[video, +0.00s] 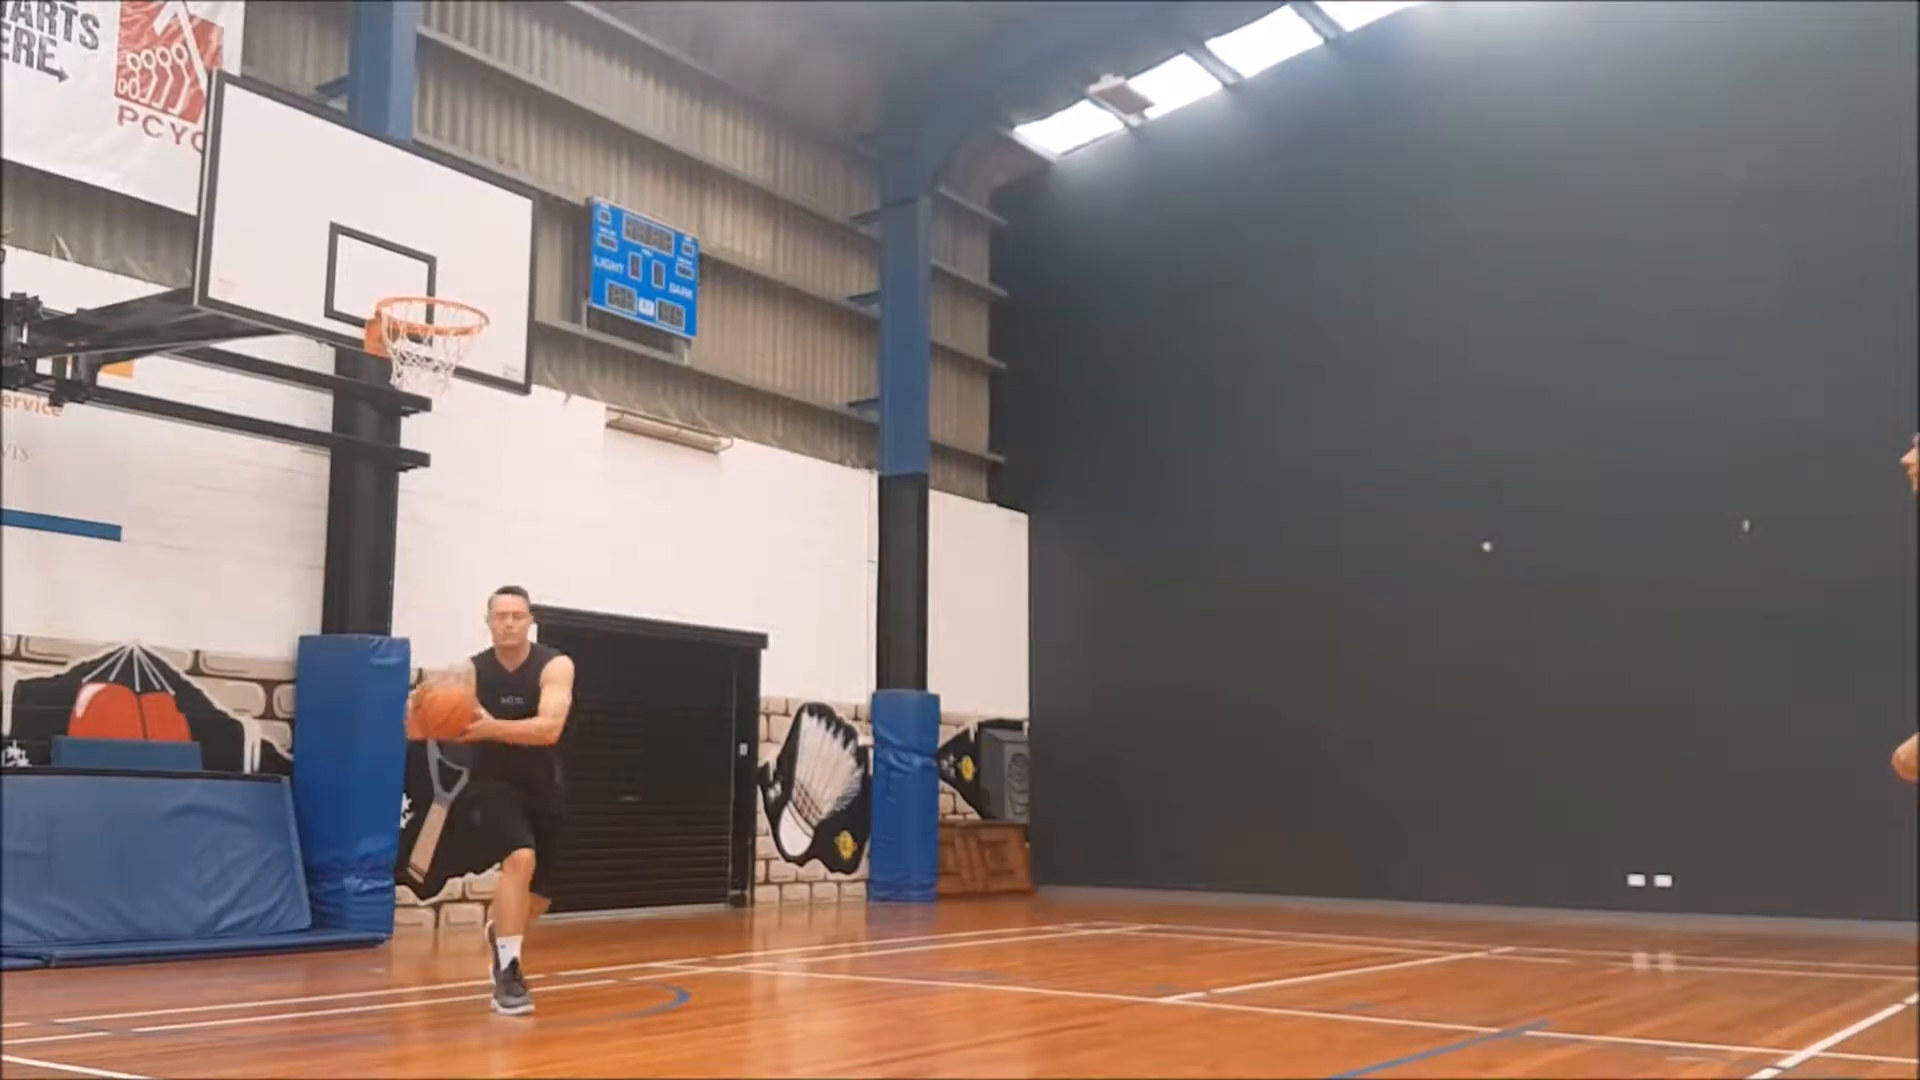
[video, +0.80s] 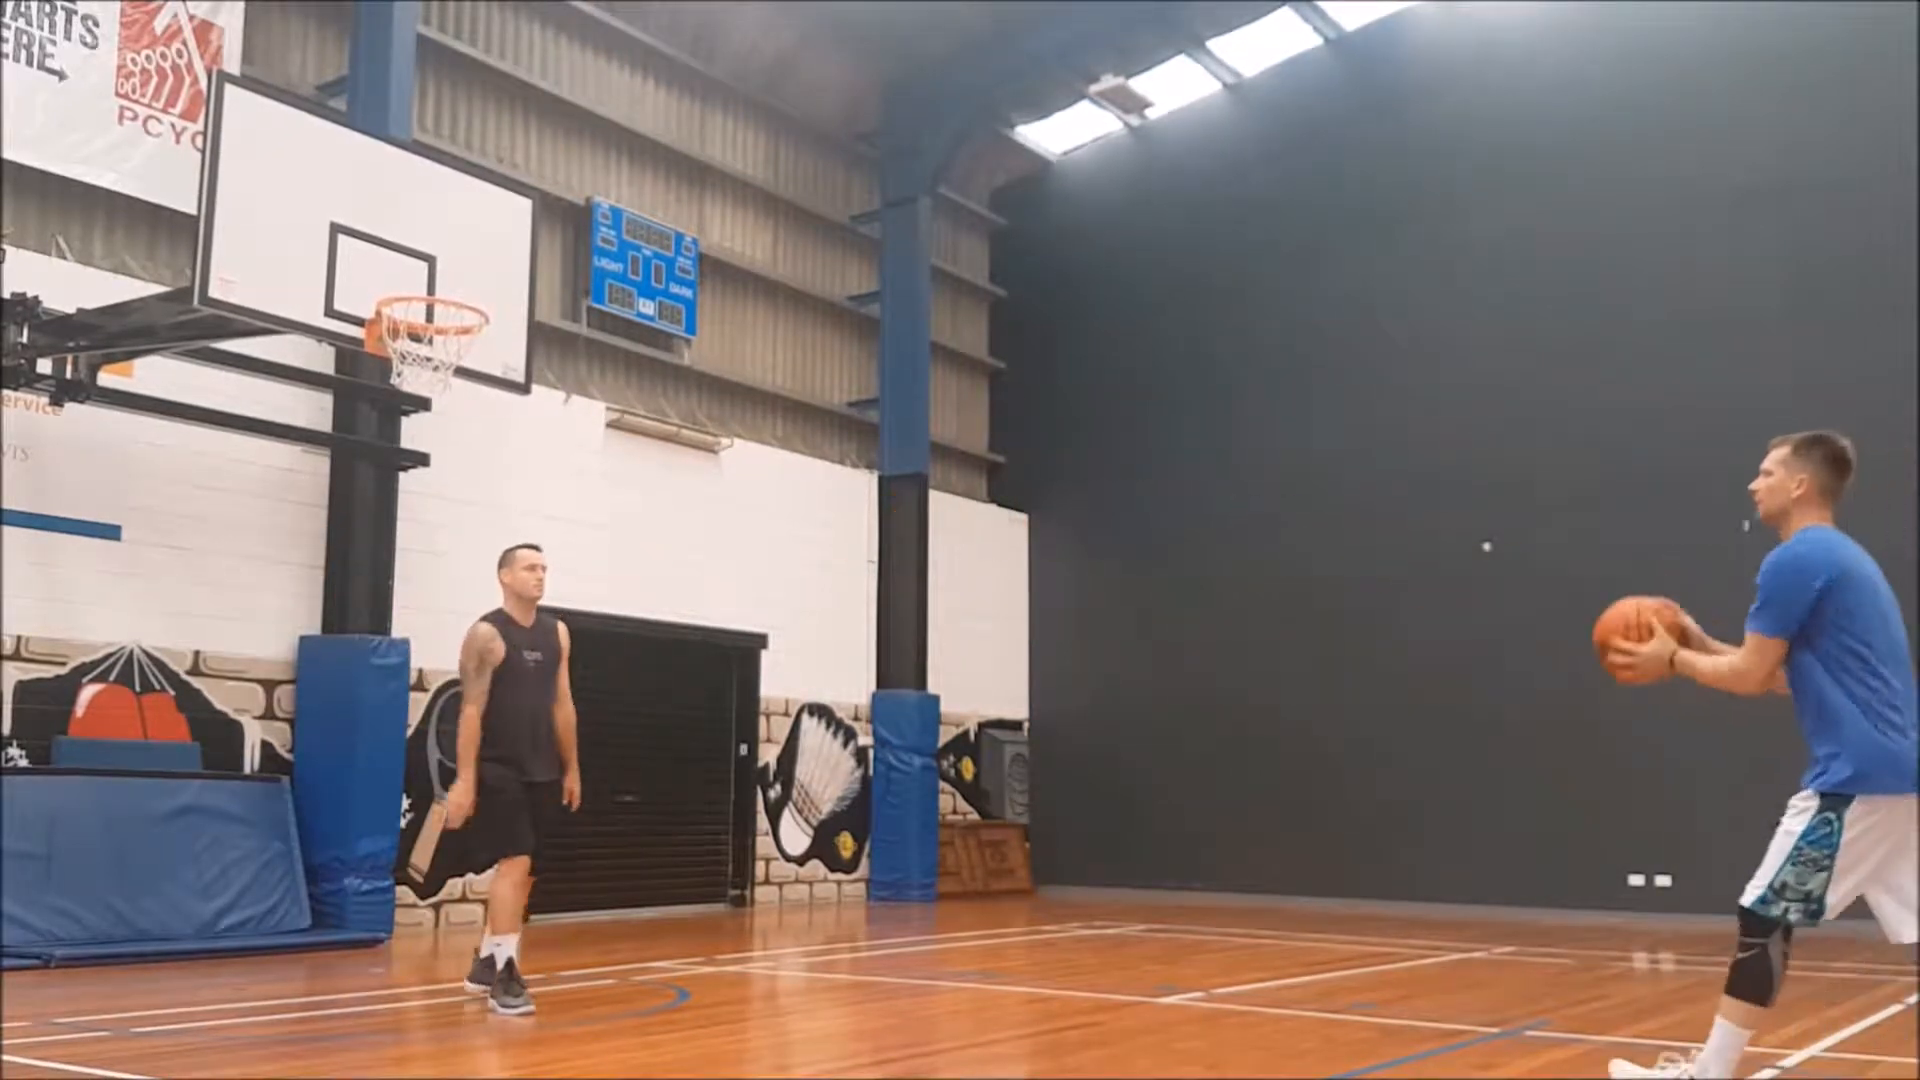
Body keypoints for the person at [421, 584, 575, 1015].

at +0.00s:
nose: (508, 625)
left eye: (516, 616)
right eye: (500, 617)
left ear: (531, 621)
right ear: (489, 623)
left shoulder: (556, 666)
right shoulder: (472, 672)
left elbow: (549, 730)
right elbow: (455, 722)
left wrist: (491, 728)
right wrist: (425, 716)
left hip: (543, 788)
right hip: (493, 784)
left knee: (541, 896)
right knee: (520, 856)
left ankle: (500, 930)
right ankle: (508, 972)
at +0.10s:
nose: (523, 615)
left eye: (529, 607)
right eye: (513, 607)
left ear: (538, 613)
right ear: (495, 615)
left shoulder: (560, 657)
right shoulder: (478, 661)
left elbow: (558, 722)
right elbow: (454, 741)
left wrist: (516, 697)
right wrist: (466, 689)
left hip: (543, 782)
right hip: (494, 781)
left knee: (550, 885)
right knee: (517, 858)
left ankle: (504, 927)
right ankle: (510, 972)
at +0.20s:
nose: (534, 605)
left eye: (538, 597)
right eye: (524, 597)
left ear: (546, 603)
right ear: (501, 608)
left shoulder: (566, 646)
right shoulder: (488, 659)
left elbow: (571, 707)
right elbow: (494, 725)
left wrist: (555, 663)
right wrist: (516, 666)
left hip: (544, 776)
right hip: (495, 777)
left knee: (558, 872)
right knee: (515, 858)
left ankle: (528, 941)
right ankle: (507, 972)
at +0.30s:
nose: (537, 596)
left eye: (540, 588)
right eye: (527, 589)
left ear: (546, 594)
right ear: (503, 598)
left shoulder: (562, 635)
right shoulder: (491, 649)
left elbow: (578, 698)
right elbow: (533, 672)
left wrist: (584, 670)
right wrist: (577, 639)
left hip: (542, 769)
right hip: (493, 771)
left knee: (560, 864)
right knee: (516, 858)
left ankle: (537, 947)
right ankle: (507, 974)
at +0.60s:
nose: (541, 573)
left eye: (543, 566)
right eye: (530, 566)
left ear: (546, 574)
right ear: (505, 575)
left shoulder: (561, 624)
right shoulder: (490, 628)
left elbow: (580, 688)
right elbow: (517, 689)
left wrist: (596, 739)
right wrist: (583, 699)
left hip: (542, 765)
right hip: (497, 767)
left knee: (553, 858)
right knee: (514, 856)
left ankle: (501, 937)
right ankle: (506, 971)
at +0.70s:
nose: (541, 573)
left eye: (543, 566)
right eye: (531, 566)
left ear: (545, 575)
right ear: (504, 574)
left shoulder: (558, 626)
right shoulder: (488, 631)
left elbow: (570, 696)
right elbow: (494, 709)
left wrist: (586, 759)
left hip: (545, 764)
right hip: (500, 765)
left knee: (541, 867)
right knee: (515, 860)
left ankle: (494, 950)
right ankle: (506, 972)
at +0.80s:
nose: (539, 576)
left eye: (542, 569)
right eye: (529, 569)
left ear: (546, 578)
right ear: (504, 577)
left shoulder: (556, 632)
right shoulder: (486, 635)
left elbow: (562, 703)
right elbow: (470, 710)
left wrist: (571, 766)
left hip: (539, 770)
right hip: (497, 769)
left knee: (522, 866)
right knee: (516, 859)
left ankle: (487, 960)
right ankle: (506, 972)